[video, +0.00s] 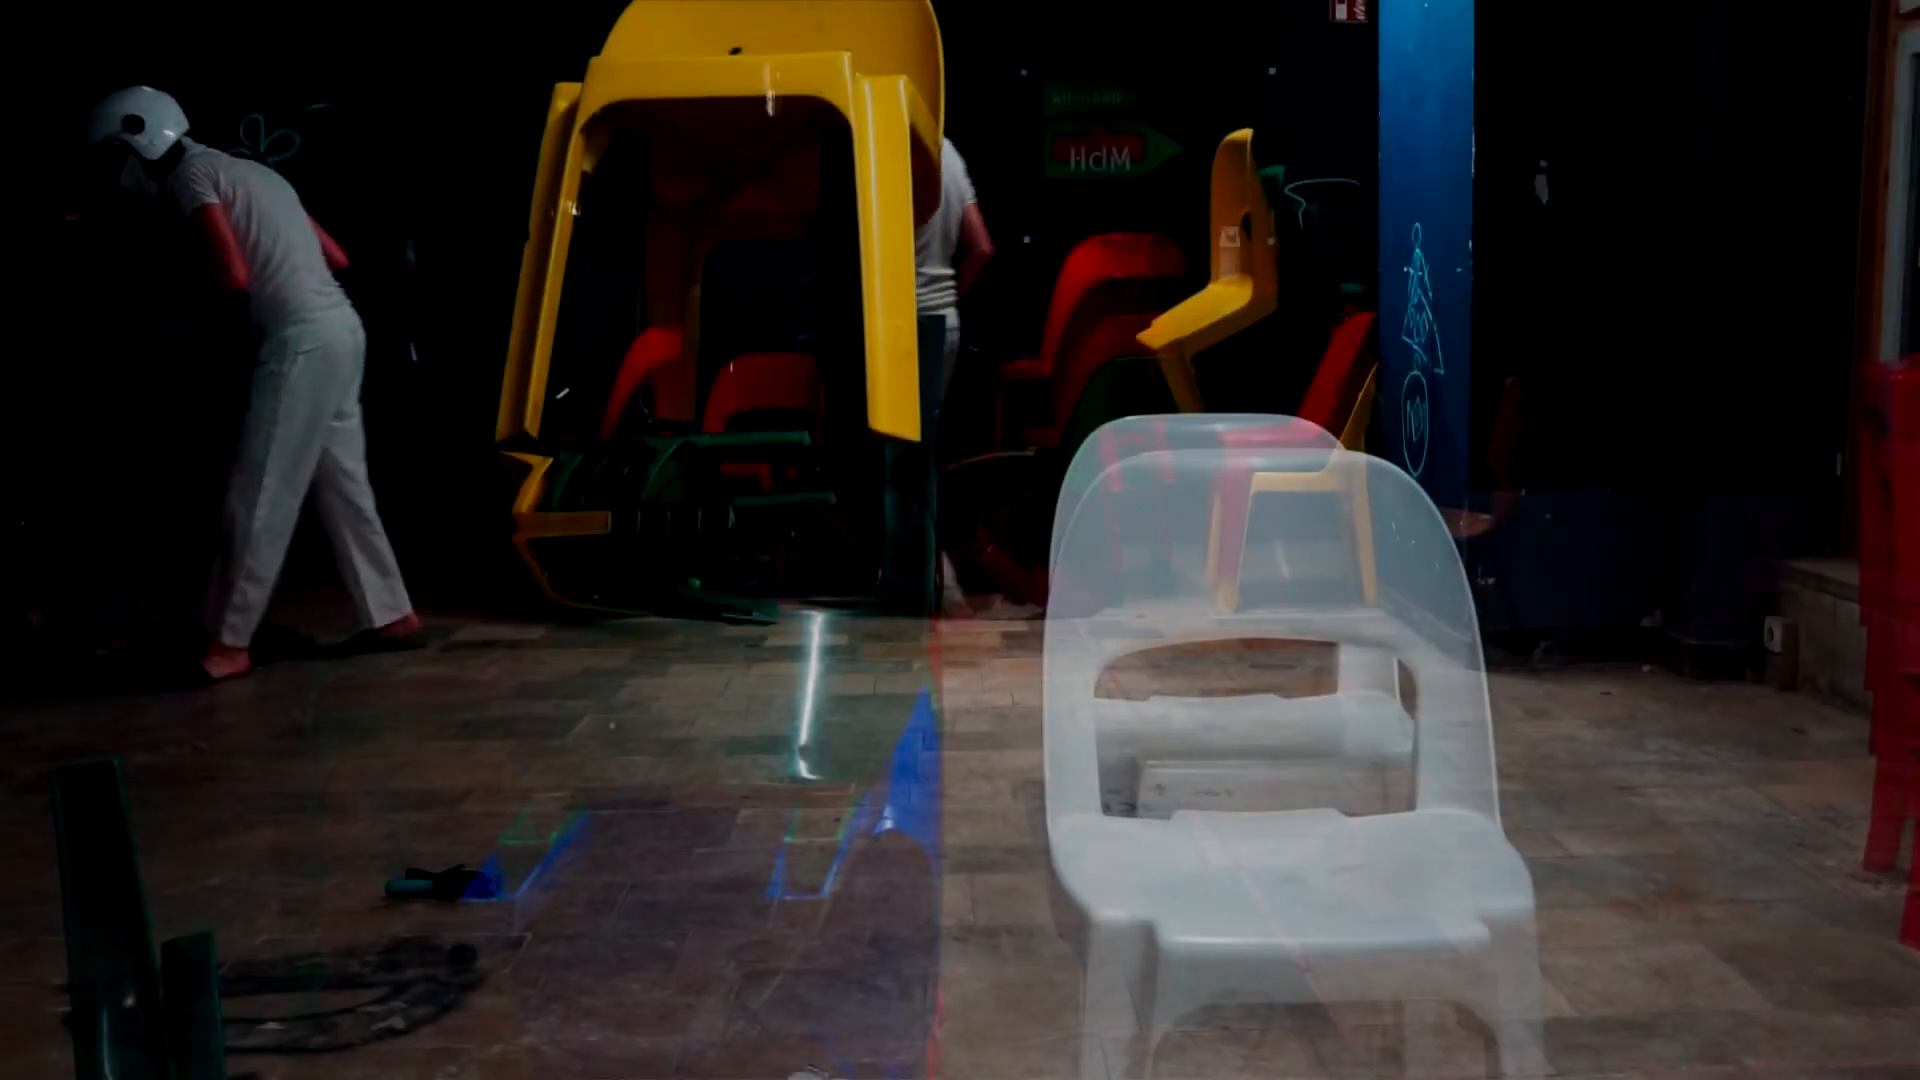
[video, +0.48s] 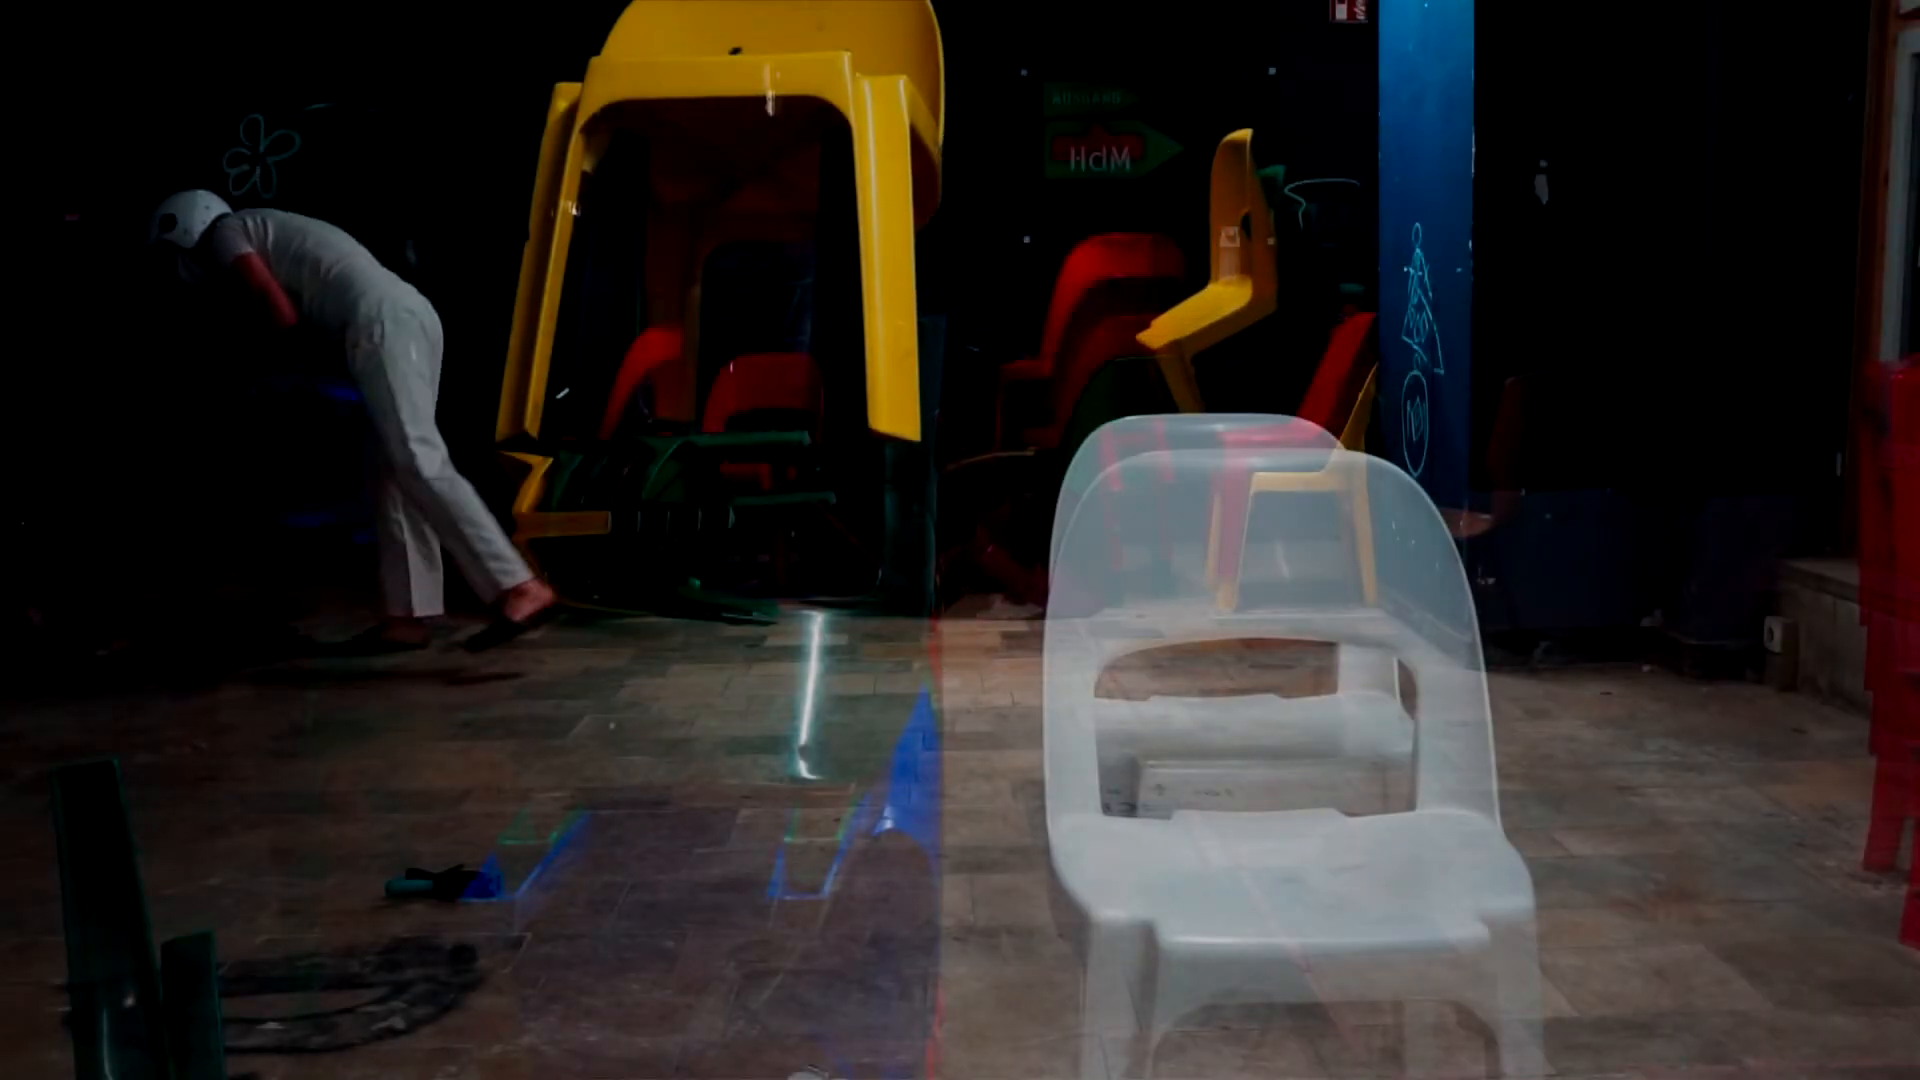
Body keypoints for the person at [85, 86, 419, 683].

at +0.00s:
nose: (126, 176)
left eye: (123, 159)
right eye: (118, 163)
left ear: (145, 142)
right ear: (174, 129)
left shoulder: (193, 172)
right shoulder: (252, 170)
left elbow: (234, 275)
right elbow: (334, 254)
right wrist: (261, 249)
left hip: (303, 340)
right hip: (342, 329)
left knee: (262, 490)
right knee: (344, 481)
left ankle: (231, 645)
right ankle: (393, 616)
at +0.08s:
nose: (140, 186)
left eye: (137, 171)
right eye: (133, 175)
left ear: (157, 153)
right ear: (187, 140)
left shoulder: (205, 176)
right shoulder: (265, 179)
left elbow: (250, 277)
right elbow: (350, 258)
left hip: (329, 330)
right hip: (366, 323)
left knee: (290, 482)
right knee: (364, 476)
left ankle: (253, 637)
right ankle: (402, 617)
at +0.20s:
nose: (161, 206)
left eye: (157, 193)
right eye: (154, 197)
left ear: (171, 177)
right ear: (206, 161)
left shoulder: (218, 190)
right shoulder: (263, 189)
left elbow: (266, 282)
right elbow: (367, 265)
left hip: (354, 326)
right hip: (389, 319)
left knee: (328, 476)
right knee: (390, 472)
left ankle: (329, 639)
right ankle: (407, 617)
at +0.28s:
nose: (172, 222)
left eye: (167, 210)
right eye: (166, 214)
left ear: (179, 194)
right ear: (208, 176)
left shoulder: (222, 200)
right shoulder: (252, 196)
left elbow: (274, 288)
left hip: (367, 324)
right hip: (400, 317)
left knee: (359, 478)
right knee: (404, 474)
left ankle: (396, 631)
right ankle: (408, 626)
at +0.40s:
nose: (182, 245)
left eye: (177, 233)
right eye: (175, 236)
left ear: (186, 215)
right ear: (216, 199)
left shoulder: (226, 218)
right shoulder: (260, 215)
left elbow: (279, 300)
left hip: (380, 322)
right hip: (407, 316)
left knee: (402, 474)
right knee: (395, 475)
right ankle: (406, 619)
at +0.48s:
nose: (183, 258)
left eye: (179, 248)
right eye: (177, 250)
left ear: (189, 232)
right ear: (216, 210)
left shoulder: (228, 230)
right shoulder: (262, 227)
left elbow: (282, 312)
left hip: (383, 319)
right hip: (411, 315)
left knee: (420, 461)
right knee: (399, 473)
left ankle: (520, 589)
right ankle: (409, 617)